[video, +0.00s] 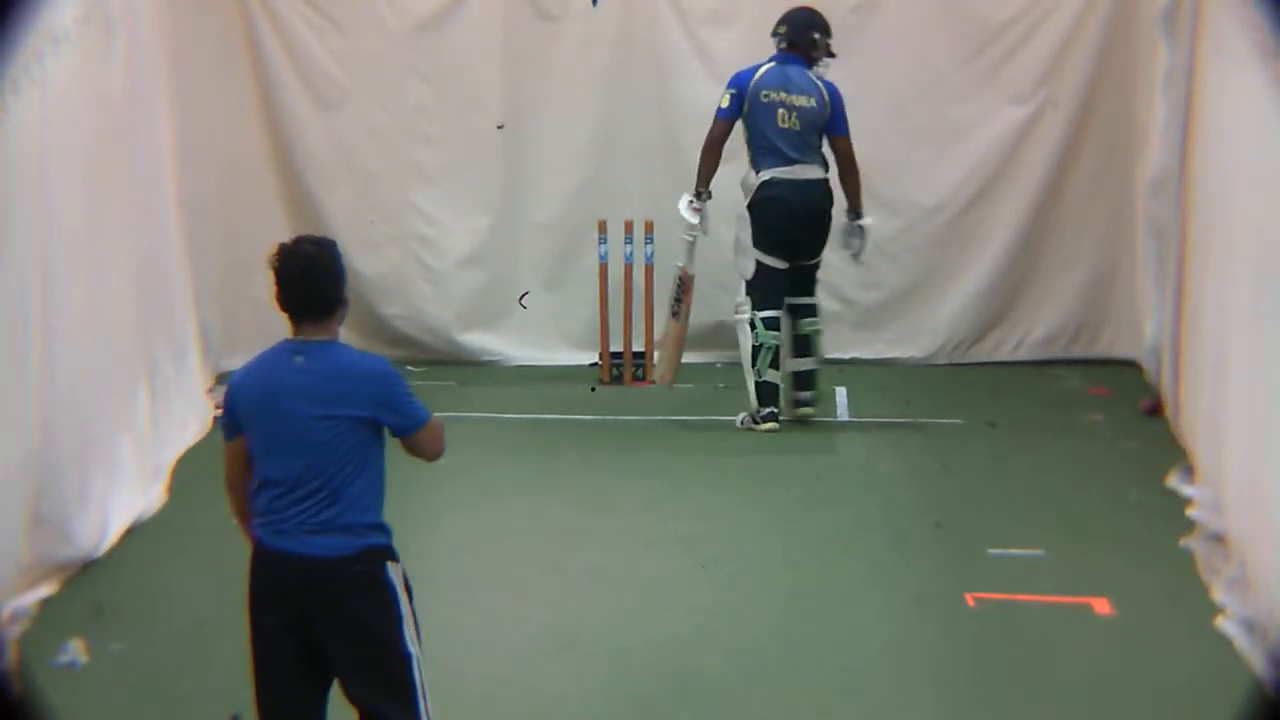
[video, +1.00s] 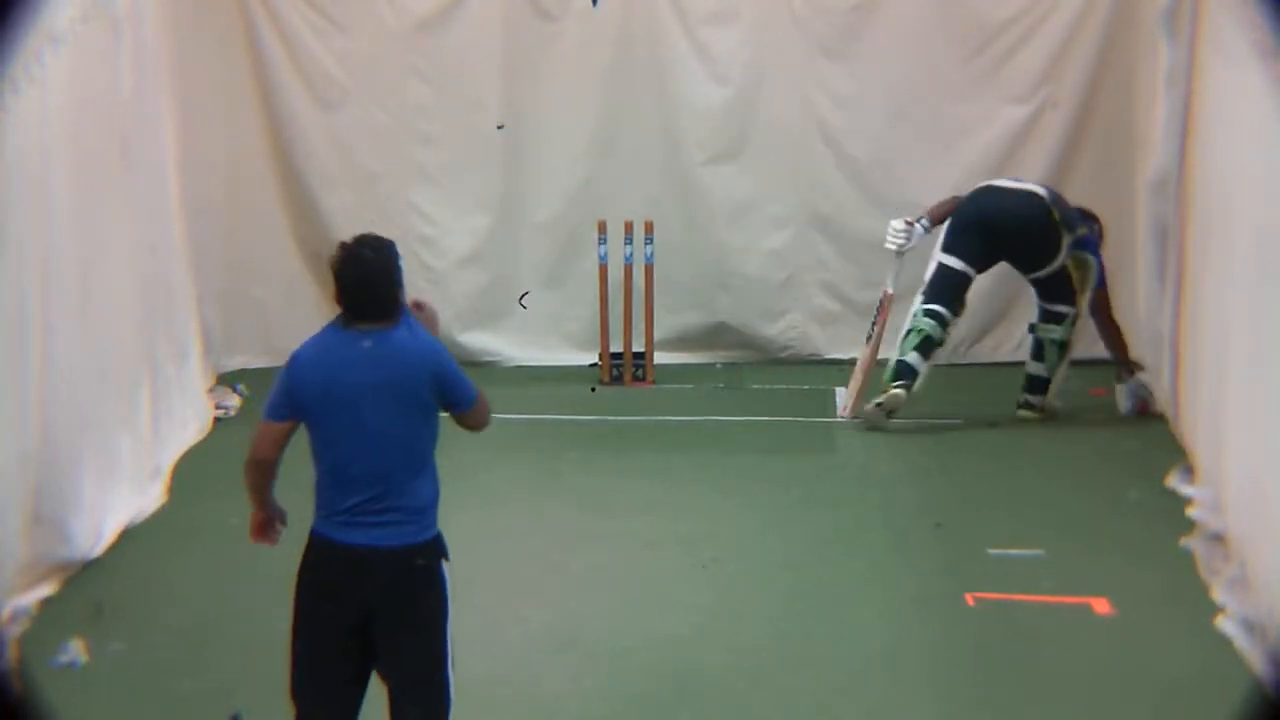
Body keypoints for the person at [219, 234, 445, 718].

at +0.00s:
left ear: (279, 301)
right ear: (344, 296)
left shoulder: (248, 380)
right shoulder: (370, 374)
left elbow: (237, 482)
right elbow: (431, 445)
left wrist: (261, 539)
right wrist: (391, 402)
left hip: (276, 574)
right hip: (357, 575)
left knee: (285, 709)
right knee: (395, 707)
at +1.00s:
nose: (401, 282)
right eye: (396, 275)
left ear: (338, 290)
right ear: (398, 287)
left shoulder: (310, 360)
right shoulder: (422, 352)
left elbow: (263, 455)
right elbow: (477, 416)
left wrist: (263, 506)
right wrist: (431, 338)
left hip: (333, 565)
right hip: (410, 564)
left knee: (322, 704)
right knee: (421, 703)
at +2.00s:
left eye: (386, 285)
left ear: (384, 299)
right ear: (446, 300)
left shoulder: (347, 378)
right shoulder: (476, 379)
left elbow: (315, 479)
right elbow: (511, 475)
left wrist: (323, 549)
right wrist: (508, 544)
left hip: (371, 576)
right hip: (450, 578)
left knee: (347, 706)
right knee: (437, 708)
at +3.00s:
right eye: (406, 298)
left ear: (346, 311)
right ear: (407, 310)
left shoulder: (308, 381)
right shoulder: (431, 373)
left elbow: (278, 477)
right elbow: (476, 461)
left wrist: (338, 473)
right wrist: (435, 478)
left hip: (310, 565)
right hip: (383, 565)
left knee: (307, 703)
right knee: (391, 704)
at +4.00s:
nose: (448, 335)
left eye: (448, 324)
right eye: (443, 323)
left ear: (412, 323)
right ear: (409, 322)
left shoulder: (411, 396)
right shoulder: (353, 391)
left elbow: (422, 463)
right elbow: (314, 478)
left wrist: (487, 453)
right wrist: (385, 537)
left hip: (373, 581)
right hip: (329, 583)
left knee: (382, 707)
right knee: (345, 712)